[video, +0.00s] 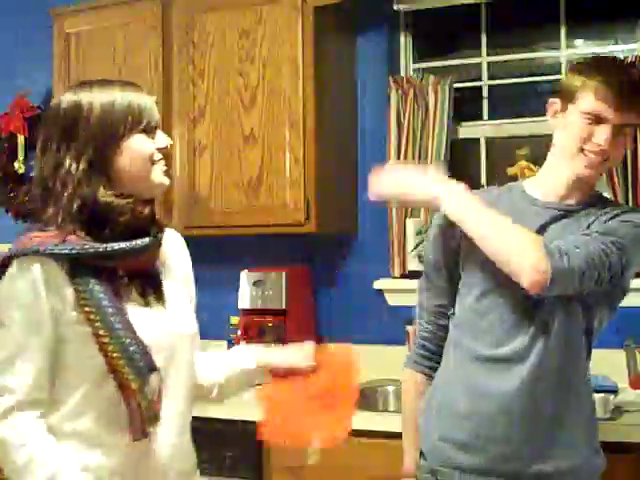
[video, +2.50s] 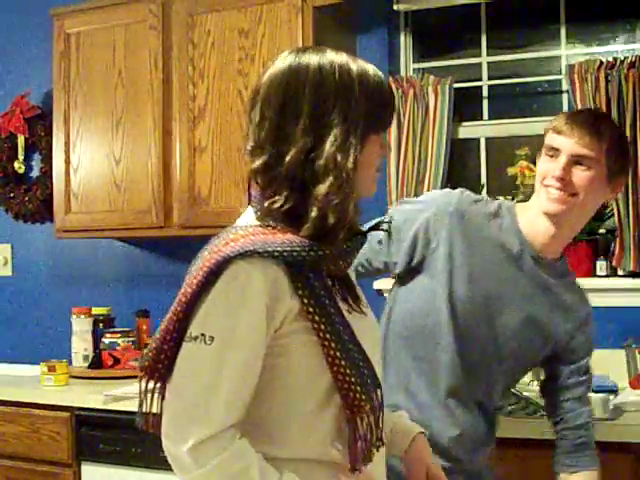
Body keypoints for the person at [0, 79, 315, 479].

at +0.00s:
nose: (166, 142)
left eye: (159, 129)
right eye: (146, 131)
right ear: (91, 152)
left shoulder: (170, 250)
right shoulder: (36, 272)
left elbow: (177, 378)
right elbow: (15, 416)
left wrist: (261, 359)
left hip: (172, 470)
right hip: (88, 472)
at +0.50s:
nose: (123, 156)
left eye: (116, 143)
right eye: (104, 145)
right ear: (45, 160)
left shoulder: (127, 254)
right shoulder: (7, 260)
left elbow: (132, 372)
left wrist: (170, 414)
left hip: (114, 470)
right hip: (24, 471)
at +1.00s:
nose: (218, 162)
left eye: (216, 147)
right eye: (202, 147)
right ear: (147, 152)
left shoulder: (211, 255)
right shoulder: (74, 277)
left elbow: (205, 390)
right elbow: (43, 445)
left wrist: (282, 406)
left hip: (210, 471)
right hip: (122, 471)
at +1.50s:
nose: (308, 159)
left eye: (307, 142)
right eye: (292, 141)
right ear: (236, 147)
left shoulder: (300, 251)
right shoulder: (171, 267)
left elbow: (359, 365)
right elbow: (135, 430)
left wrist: (466, 348)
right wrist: (234, 478)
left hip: (293, 468)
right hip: (215, 471)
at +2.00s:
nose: (363, 150)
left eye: (361, 133)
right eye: (346, 132)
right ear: (290, 137)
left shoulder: (330, 249)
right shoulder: (221, 263)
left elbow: (341, 394)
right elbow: (176, 434)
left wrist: (398, 451)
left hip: (351, 470)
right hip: (274, 468)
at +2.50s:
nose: (386, 149)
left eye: (384, 133)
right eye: (377, 133)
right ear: (331, 140)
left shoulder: (320, 259)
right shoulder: (253, 269)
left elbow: (332, 401)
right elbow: (196, 441)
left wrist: (408, 440)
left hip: (356, 469)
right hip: (292, 470)